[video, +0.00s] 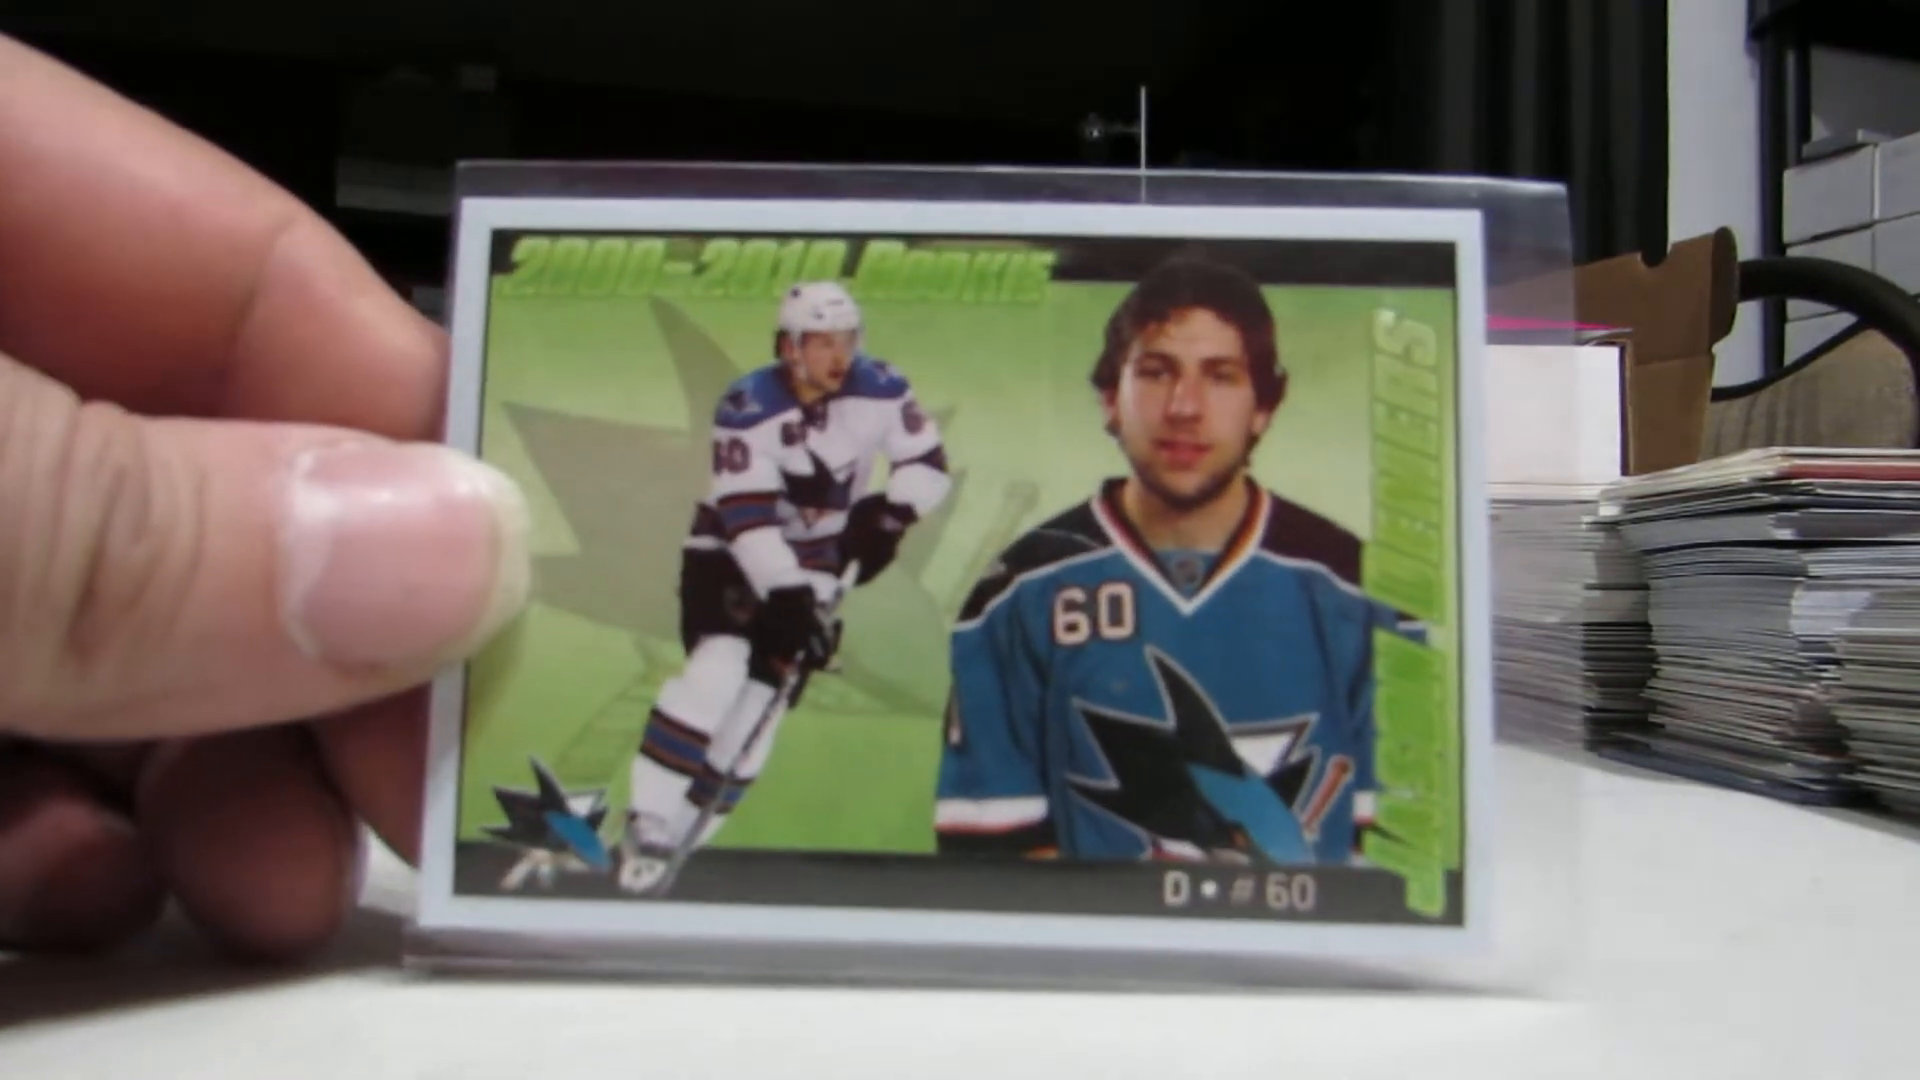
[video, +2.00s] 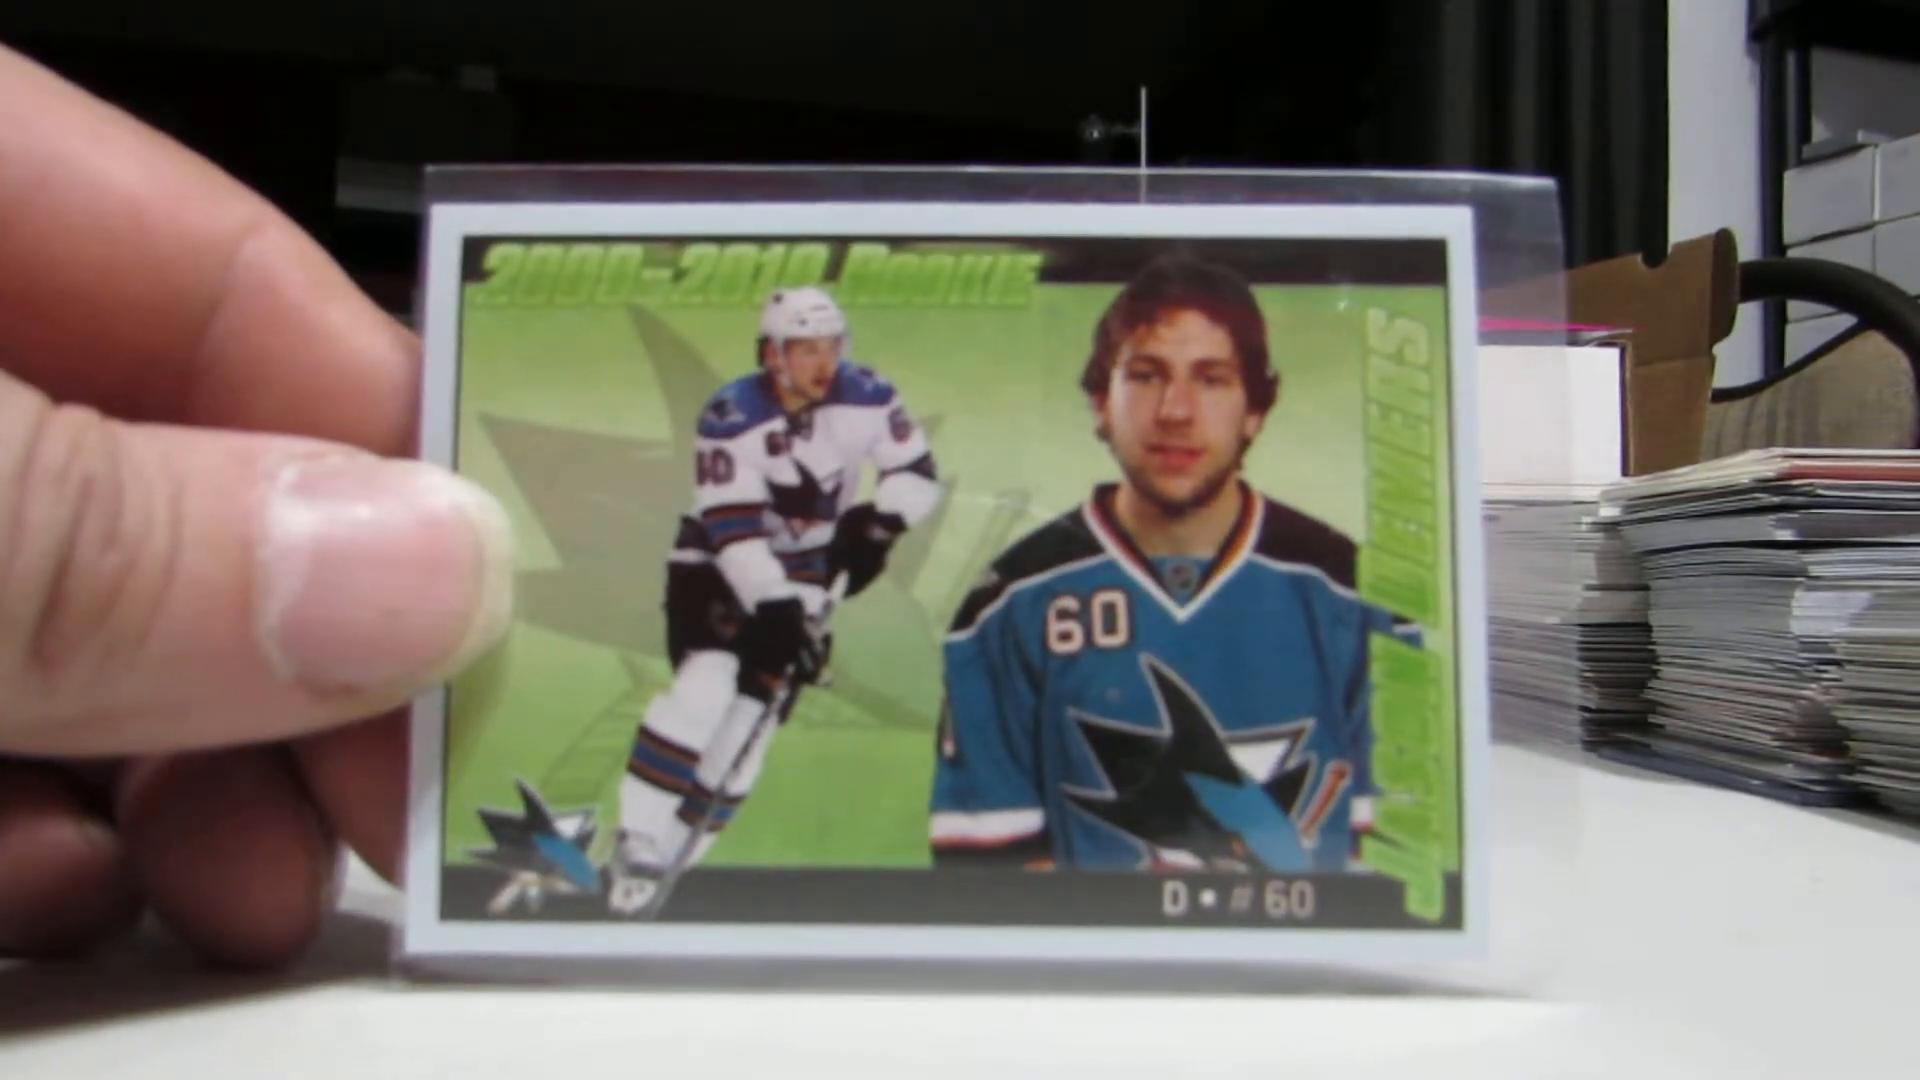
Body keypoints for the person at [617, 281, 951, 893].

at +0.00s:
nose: (841, 357)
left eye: (848, 344)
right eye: (826, 344)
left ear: (858, 343)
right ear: (791, 348)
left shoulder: (881, 392)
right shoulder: (749, 407)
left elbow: (927, 465)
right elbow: (746, 512)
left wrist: (888, 519)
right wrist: (786, 594)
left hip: (817, 563)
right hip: (734, 550)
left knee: (763, 700)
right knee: (720, 665)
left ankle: (686, 836)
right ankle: (651, 826)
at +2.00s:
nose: (823, 363)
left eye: (831, 349)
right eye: (807, 350)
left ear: (842, 350)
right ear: (772, 356)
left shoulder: (868, 399)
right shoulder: (732, 416)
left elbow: (916, 474)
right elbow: (731, 523)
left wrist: (876, 527)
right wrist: (774, 604)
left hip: (806, 574)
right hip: (721, 564)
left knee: (753, 718)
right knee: (707, 682)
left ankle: (679, 854)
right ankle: (640, 844)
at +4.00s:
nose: (825, 367)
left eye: (833, 353)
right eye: (809, 354)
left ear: (843, 352)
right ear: (774, 358)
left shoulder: (867, 401)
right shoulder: (733, 418)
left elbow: (917, 474)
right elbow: (733, 527)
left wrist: (880, 530)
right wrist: (775, 609)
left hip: (807, 578)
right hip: (721, 567)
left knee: (754, 722)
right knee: (708, 687)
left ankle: (678, 861)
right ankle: (642, 851)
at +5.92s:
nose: (825, 366)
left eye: (833, 352)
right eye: (810, 353)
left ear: (843, 352)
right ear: (774, 359)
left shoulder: (868, 402)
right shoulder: (732, 420)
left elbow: (917, 475)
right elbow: (733, 528)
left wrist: (880, 531)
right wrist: (776, 610)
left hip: (807, 578)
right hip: (721, 568)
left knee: (754, 724)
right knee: (709, 685)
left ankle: (677, 863)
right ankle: (641, 850)